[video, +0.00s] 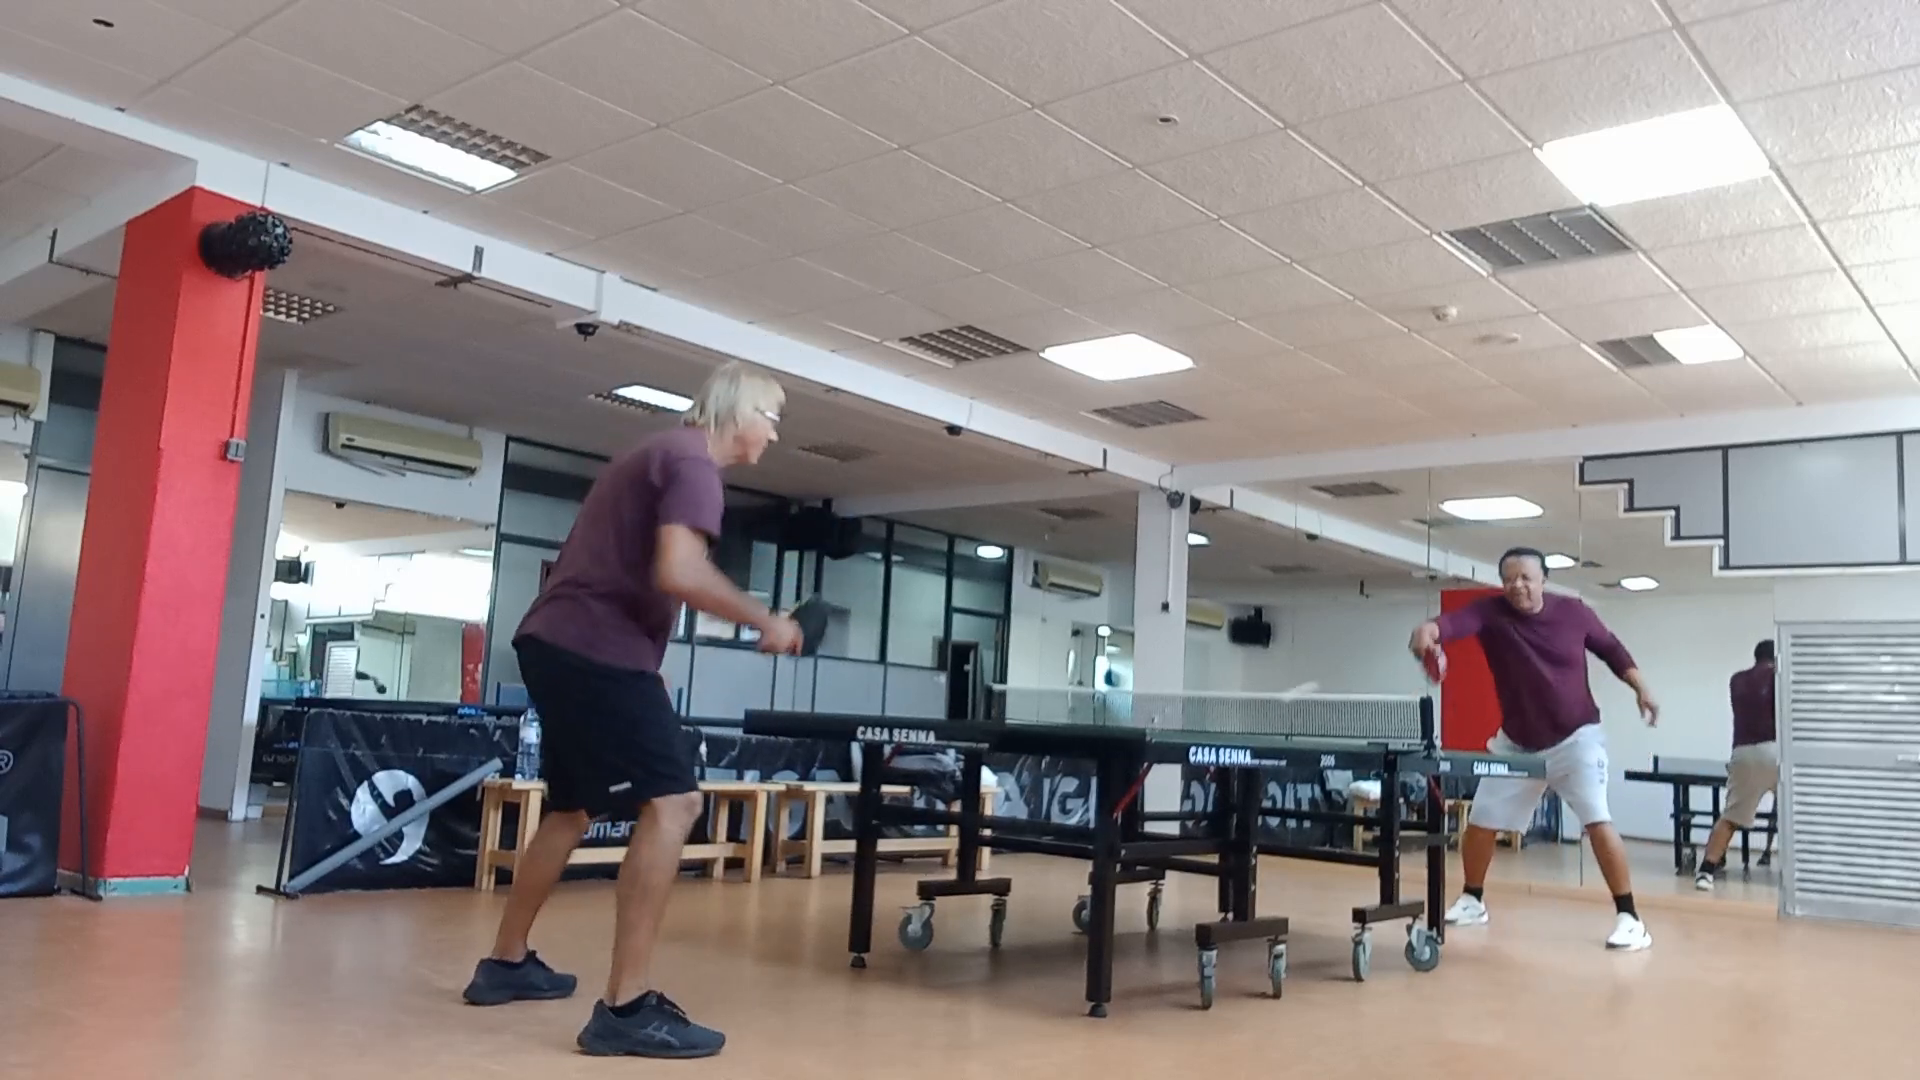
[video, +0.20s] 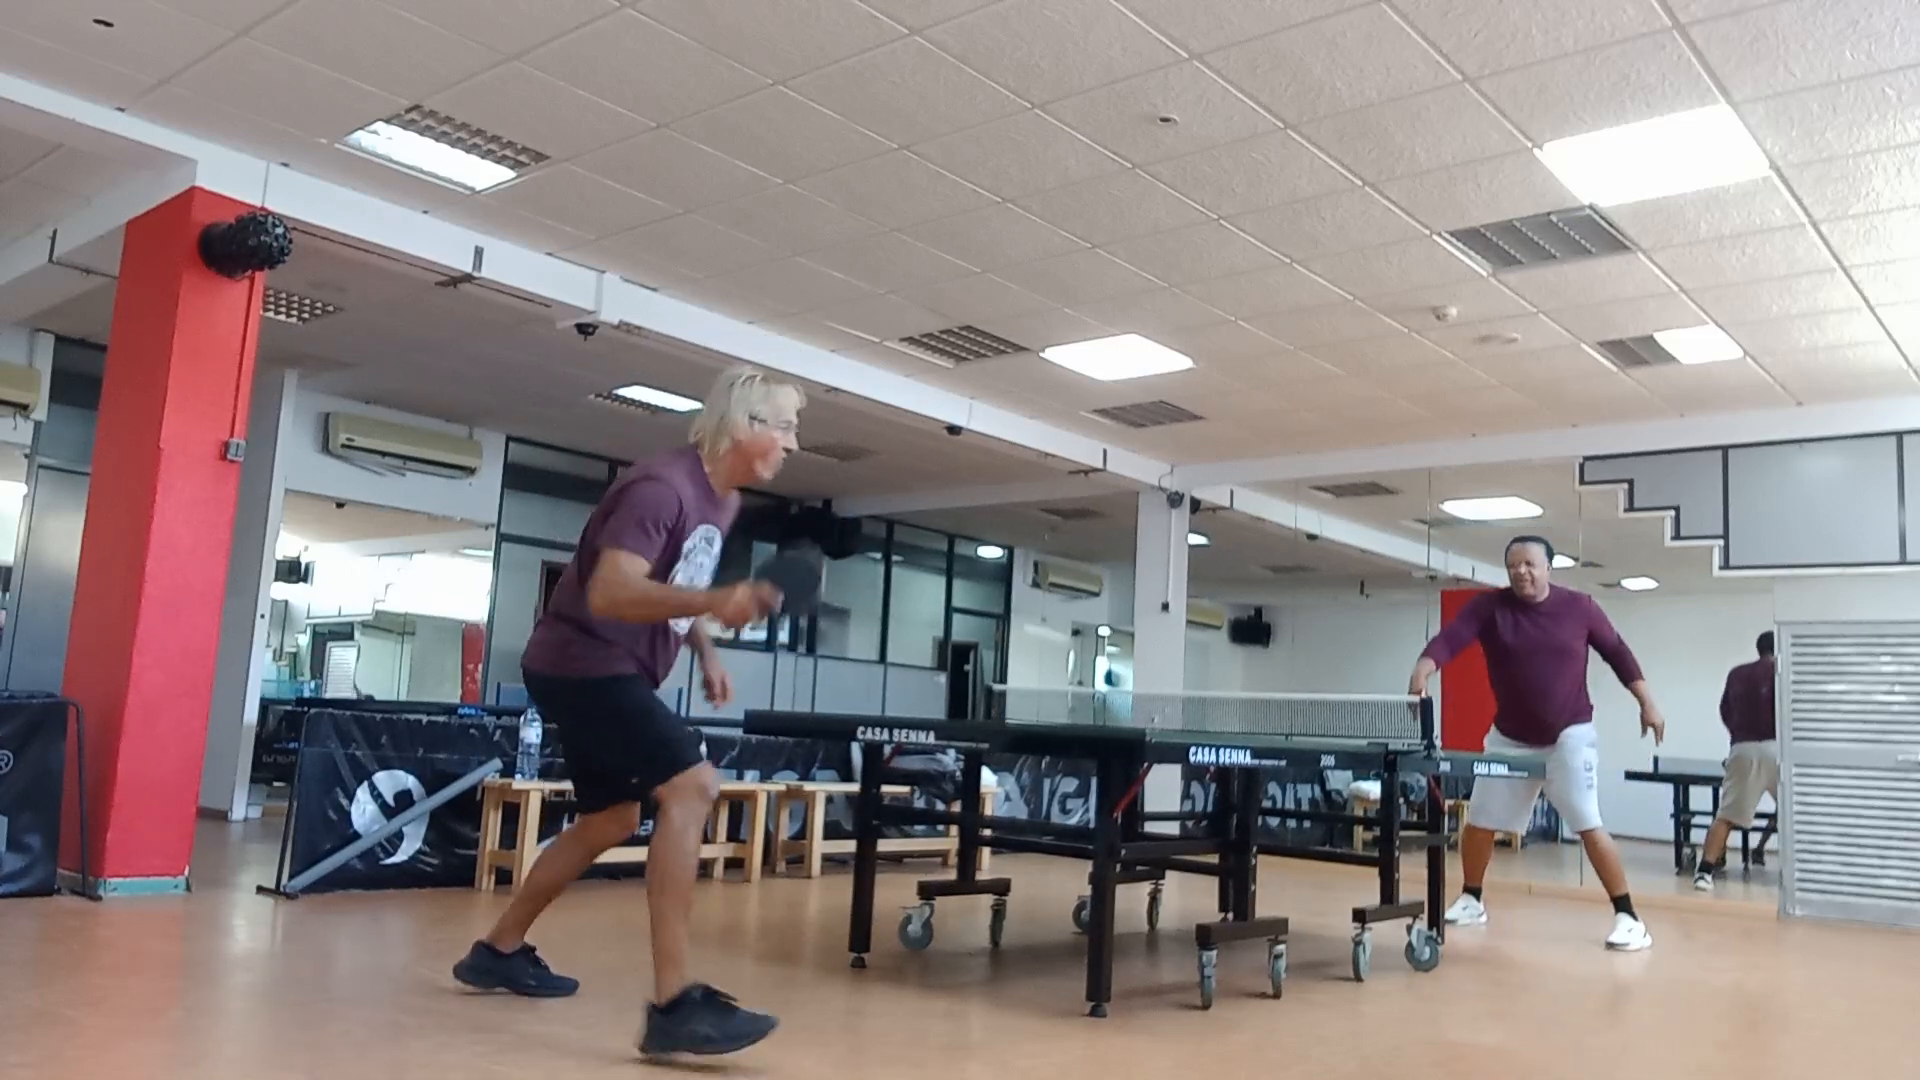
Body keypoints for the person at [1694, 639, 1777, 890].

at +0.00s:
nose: (1772, 663)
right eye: (1775, 658)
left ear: (1755, 657)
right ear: (1776, 658)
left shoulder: (1737, 679)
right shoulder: (1783, 677)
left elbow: (1742, 714)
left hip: (1744, 752)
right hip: (1779, 750)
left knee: (1730, 816)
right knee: (1800, 815)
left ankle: (1706, 870)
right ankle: (1804, 874)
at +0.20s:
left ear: (1758, 649)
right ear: (1778, 650)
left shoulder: (1738, 673)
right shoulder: (1787, 672)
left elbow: (1725, 708)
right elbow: (1796, 709)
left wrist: (1738, 732)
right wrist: (1793, 736)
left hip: (1743, 750)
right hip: (1778, 750)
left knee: (1725, 815)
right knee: (1797, 813)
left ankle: (1704, 871)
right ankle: (1803, 873)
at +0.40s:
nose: (1771, 655)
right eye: (1775, 649)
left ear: (1757, 649)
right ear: (1778, 648)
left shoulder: (1736, 675)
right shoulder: (1791, 673)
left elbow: (1713, 714)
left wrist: (1719, 741)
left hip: (1748, 751)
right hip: (1785, 750)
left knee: (1726, 816)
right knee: (1801, 814)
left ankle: (1705, 871)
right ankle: (1804, 873)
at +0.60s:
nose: (1768, 658)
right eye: (1770, 654)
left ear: (1749, 654)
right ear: (1773, 653)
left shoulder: (1732, 678)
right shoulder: (1786, 677)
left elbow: (1707, 718)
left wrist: (1711, 748)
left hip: (1745, 753)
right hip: (1782, 753)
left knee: (1721, 810)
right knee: (1793, 817)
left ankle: (1705, 862)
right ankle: (1802, 871)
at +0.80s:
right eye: (1749, 663)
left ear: (1726, 662)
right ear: (1752, 661)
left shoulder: (1714, 683)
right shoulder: (1771, 681)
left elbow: (1691, 724)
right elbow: (1786, 714)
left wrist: (1695, 749)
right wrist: (1786, 745)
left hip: (1736, 757)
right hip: (1773, 756)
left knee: (1711, 812)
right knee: (1786, 820)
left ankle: (1700, 869)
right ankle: (1796, 875)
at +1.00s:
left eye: (1699, 670)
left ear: (1698, 668)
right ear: (1722, 662)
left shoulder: (1696, 685)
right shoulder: (1751, 680)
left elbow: (1683, 718)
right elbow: (1777, 716)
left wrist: (1662, 742)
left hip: (1731, 754)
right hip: (1768, 752)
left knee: (1704, 815)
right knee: (1781, 813)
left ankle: (1699, 870)